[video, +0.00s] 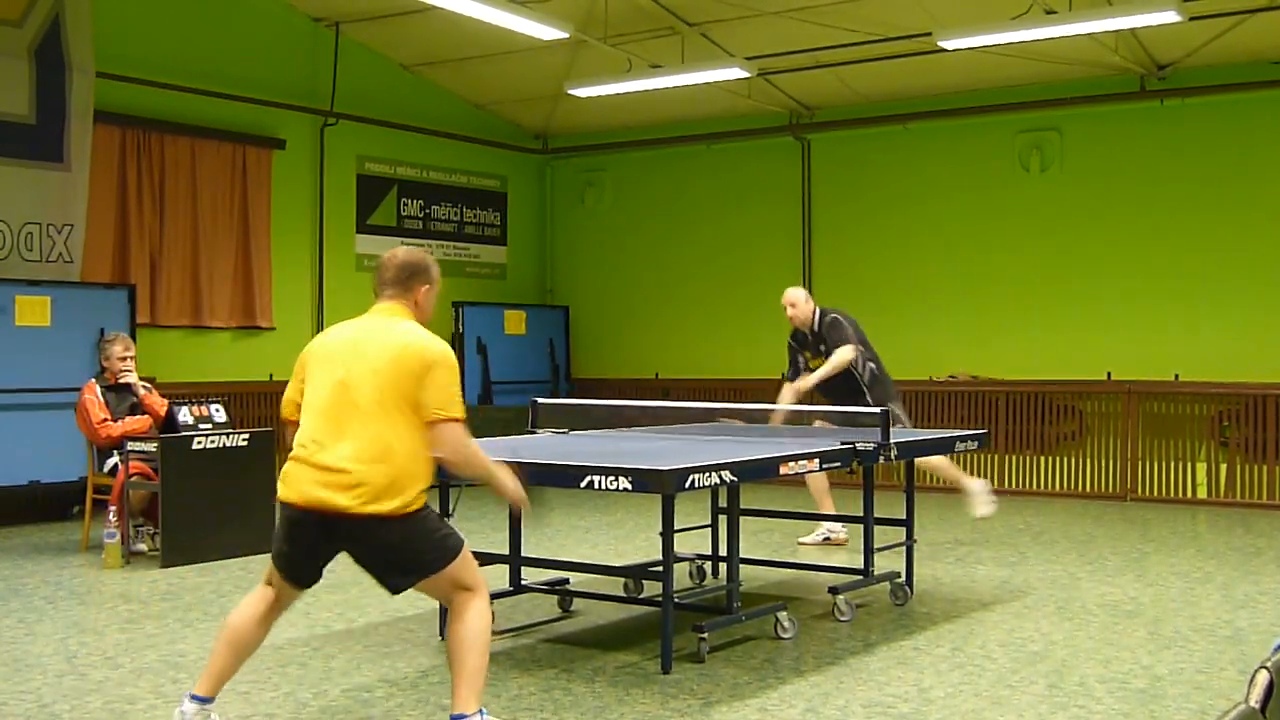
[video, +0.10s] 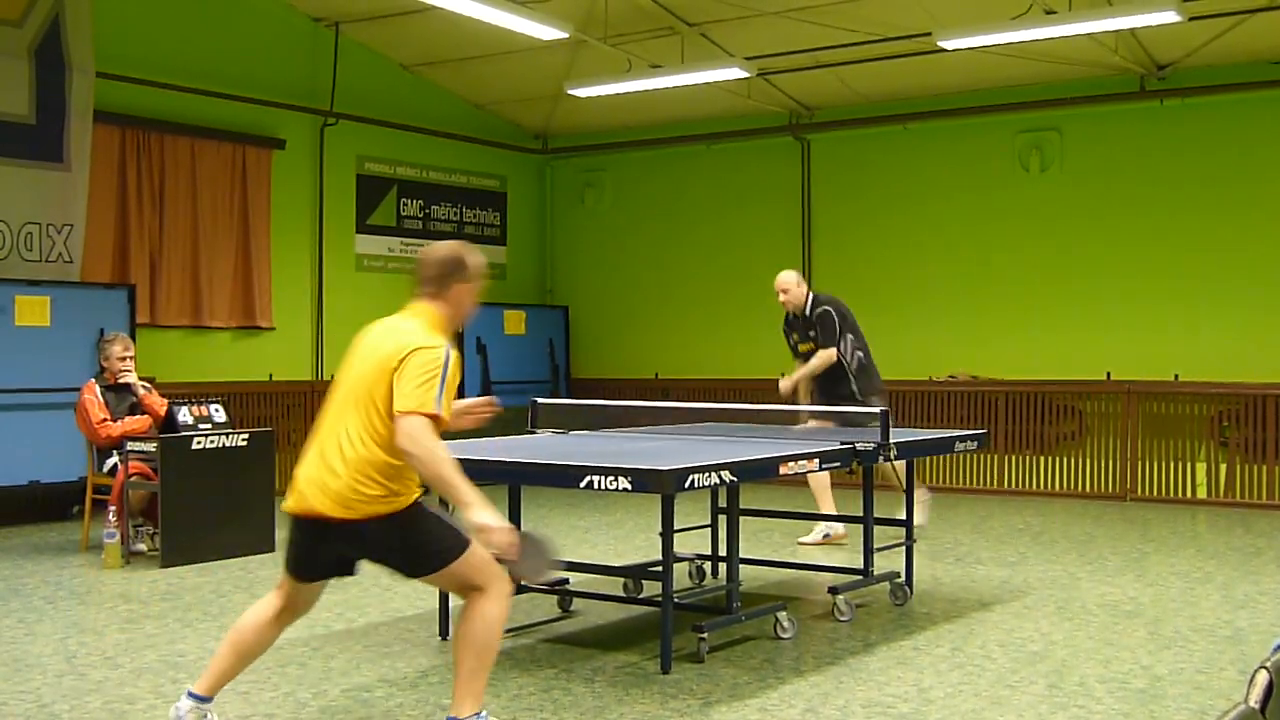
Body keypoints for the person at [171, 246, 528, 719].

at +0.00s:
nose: (435, 301)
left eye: (435, 292)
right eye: (435, 292)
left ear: (379, 290)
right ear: (421, 293)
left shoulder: (324, 341)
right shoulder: (430, 350)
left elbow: (292, 419)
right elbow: (447, 442)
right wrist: (497, 475)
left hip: (305, 499)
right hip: (384, 508)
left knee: (272, 591)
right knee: (468, 592)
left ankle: (198, 700)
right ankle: (467, 713)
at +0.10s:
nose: (478, 297)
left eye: (479, 286)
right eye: (476, 286)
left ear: (429, 283)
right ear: (457, 287)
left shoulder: (377, 331)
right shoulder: (431, 346)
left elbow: (365, 407)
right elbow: (413, 435)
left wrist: (440, 416)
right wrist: (478, 511)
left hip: (315, 502)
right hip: (378, 507)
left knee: (285, 601)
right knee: (490, 584)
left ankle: (195, 700)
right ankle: (467, 714)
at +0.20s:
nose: (520, 294)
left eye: (521, 284)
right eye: (519, 283)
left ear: (473, 277)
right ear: (498, 282)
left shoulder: (429, 320)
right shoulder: (463, 336)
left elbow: (431, 399)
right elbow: (410, 412)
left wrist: (493, 407)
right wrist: (433, 491)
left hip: (343, 492)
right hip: (394, 498)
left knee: (298, 594)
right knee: (513, 584)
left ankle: (200, 694)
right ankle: (471, 713)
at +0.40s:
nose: (616, 260)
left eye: (618, 249)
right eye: (616, 248)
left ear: (574, 239)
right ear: (593, 245)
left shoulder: (538, 279)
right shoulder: (547, 293)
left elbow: (502, 366)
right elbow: (480, 368)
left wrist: (555, 406)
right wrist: (452, 468)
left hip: (449, 458)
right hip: (487, 468)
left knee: (431, 570)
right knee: (540, 591)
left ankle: (323, 656)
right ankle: (474, 714)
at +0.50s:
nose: (659, 238)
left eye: (661, 226)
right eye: (658, 224)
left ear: (615, 215)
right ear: (632, 218)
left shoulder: (571, 258)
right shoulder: (588, 269)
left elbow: (535, 352)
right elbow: (548, 360)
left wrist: (560, 437)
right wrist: (546, 466)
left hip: (507, 440)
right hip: (520, 447)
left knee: (531, 576)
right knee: (537, 584)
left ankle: (457, 669)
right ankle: (477, 709)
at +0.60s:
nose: (689, 233)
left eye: (690, 220)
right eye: (686, 219)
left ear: (647, 212)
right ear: (658, 213)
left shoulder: (593, 256)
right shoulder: (618, 266)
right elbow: (597, 371)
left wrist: (621, 445)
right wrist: (625, 464)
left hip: (575, 439)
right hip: (548, 440)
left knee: (610, 556)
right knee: (537, 579)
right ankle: (477, 710)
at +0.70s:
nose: (735, 242)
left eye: (737, 229)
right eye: (732, 228)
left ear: (694, 221)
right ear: (703, 221)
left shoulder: (646, 264)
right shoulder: (666, 270)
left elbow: (588, 343)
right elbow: (669, 373)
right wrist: (734, 456)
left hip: (627, 456)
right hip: (598, 453)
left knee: (680, 573)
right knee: (554, 581)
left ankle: (721, 699)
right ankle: (482, 706)